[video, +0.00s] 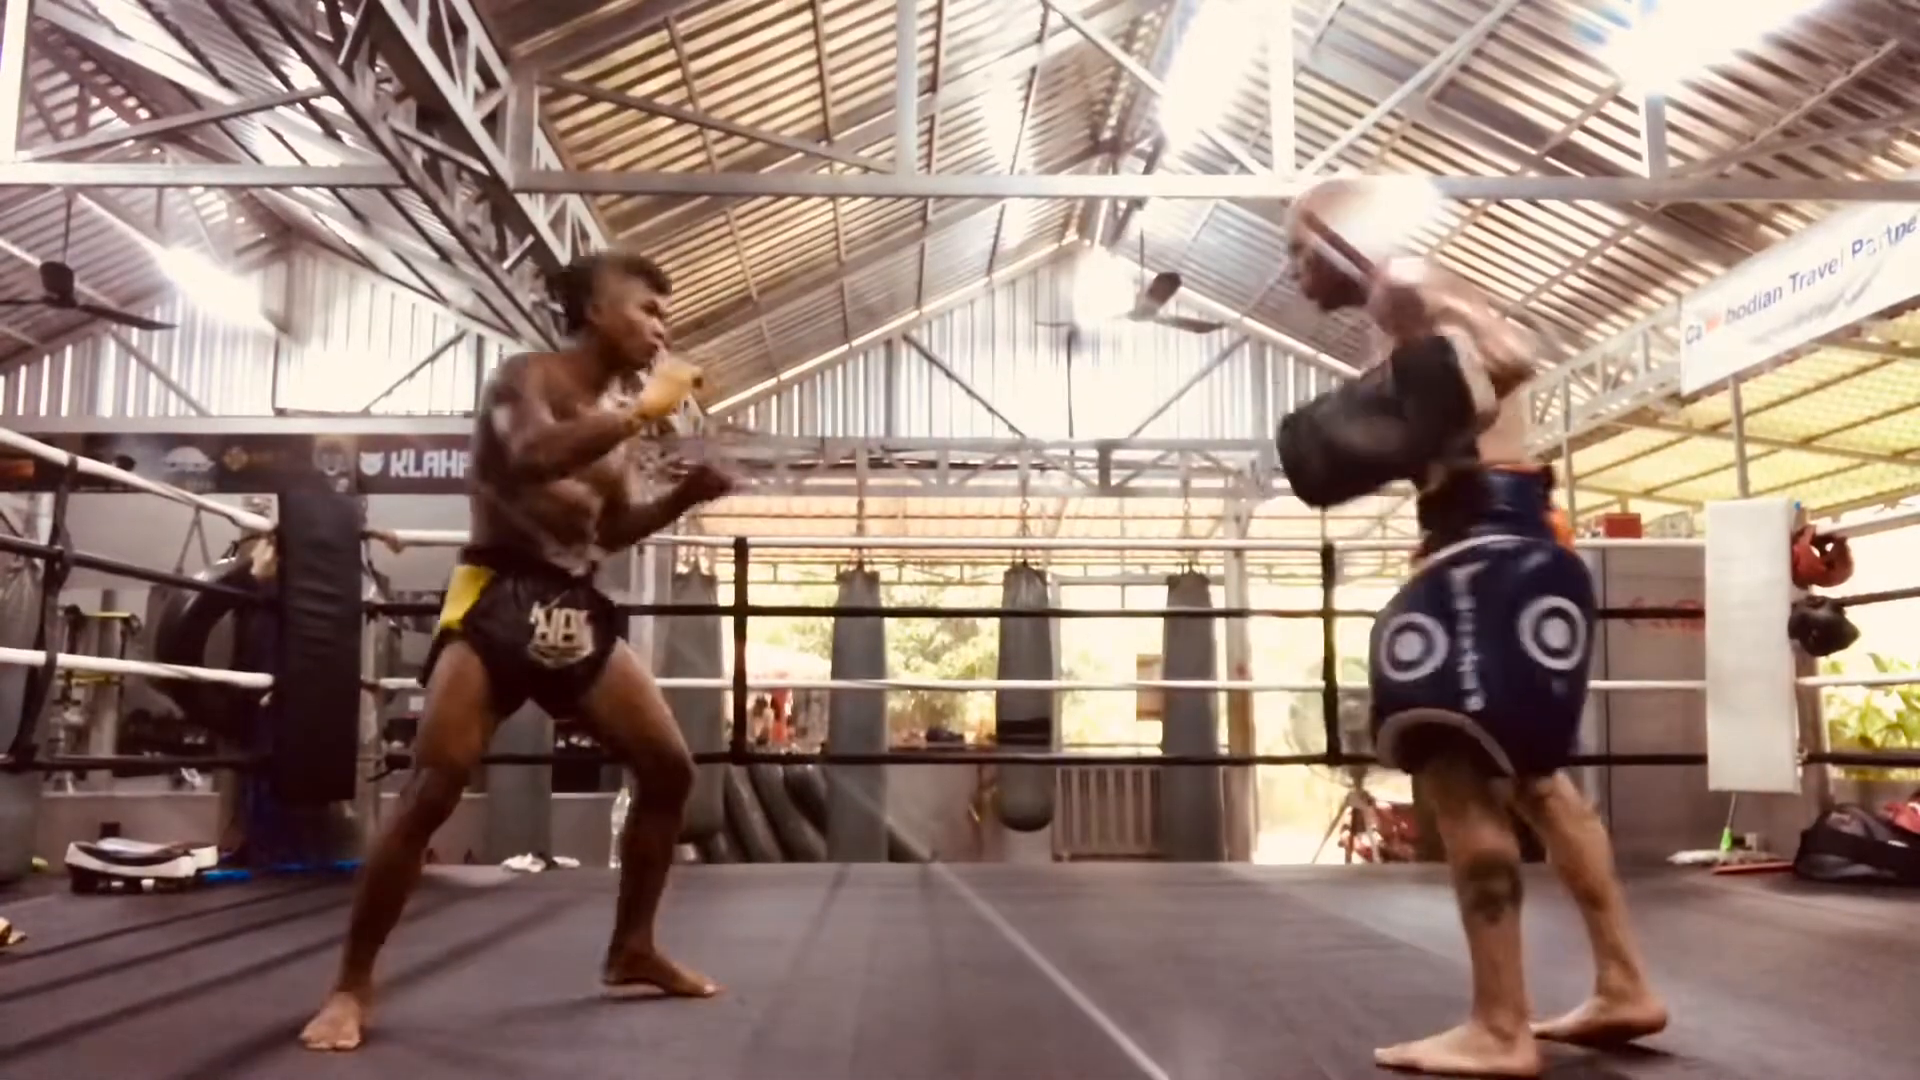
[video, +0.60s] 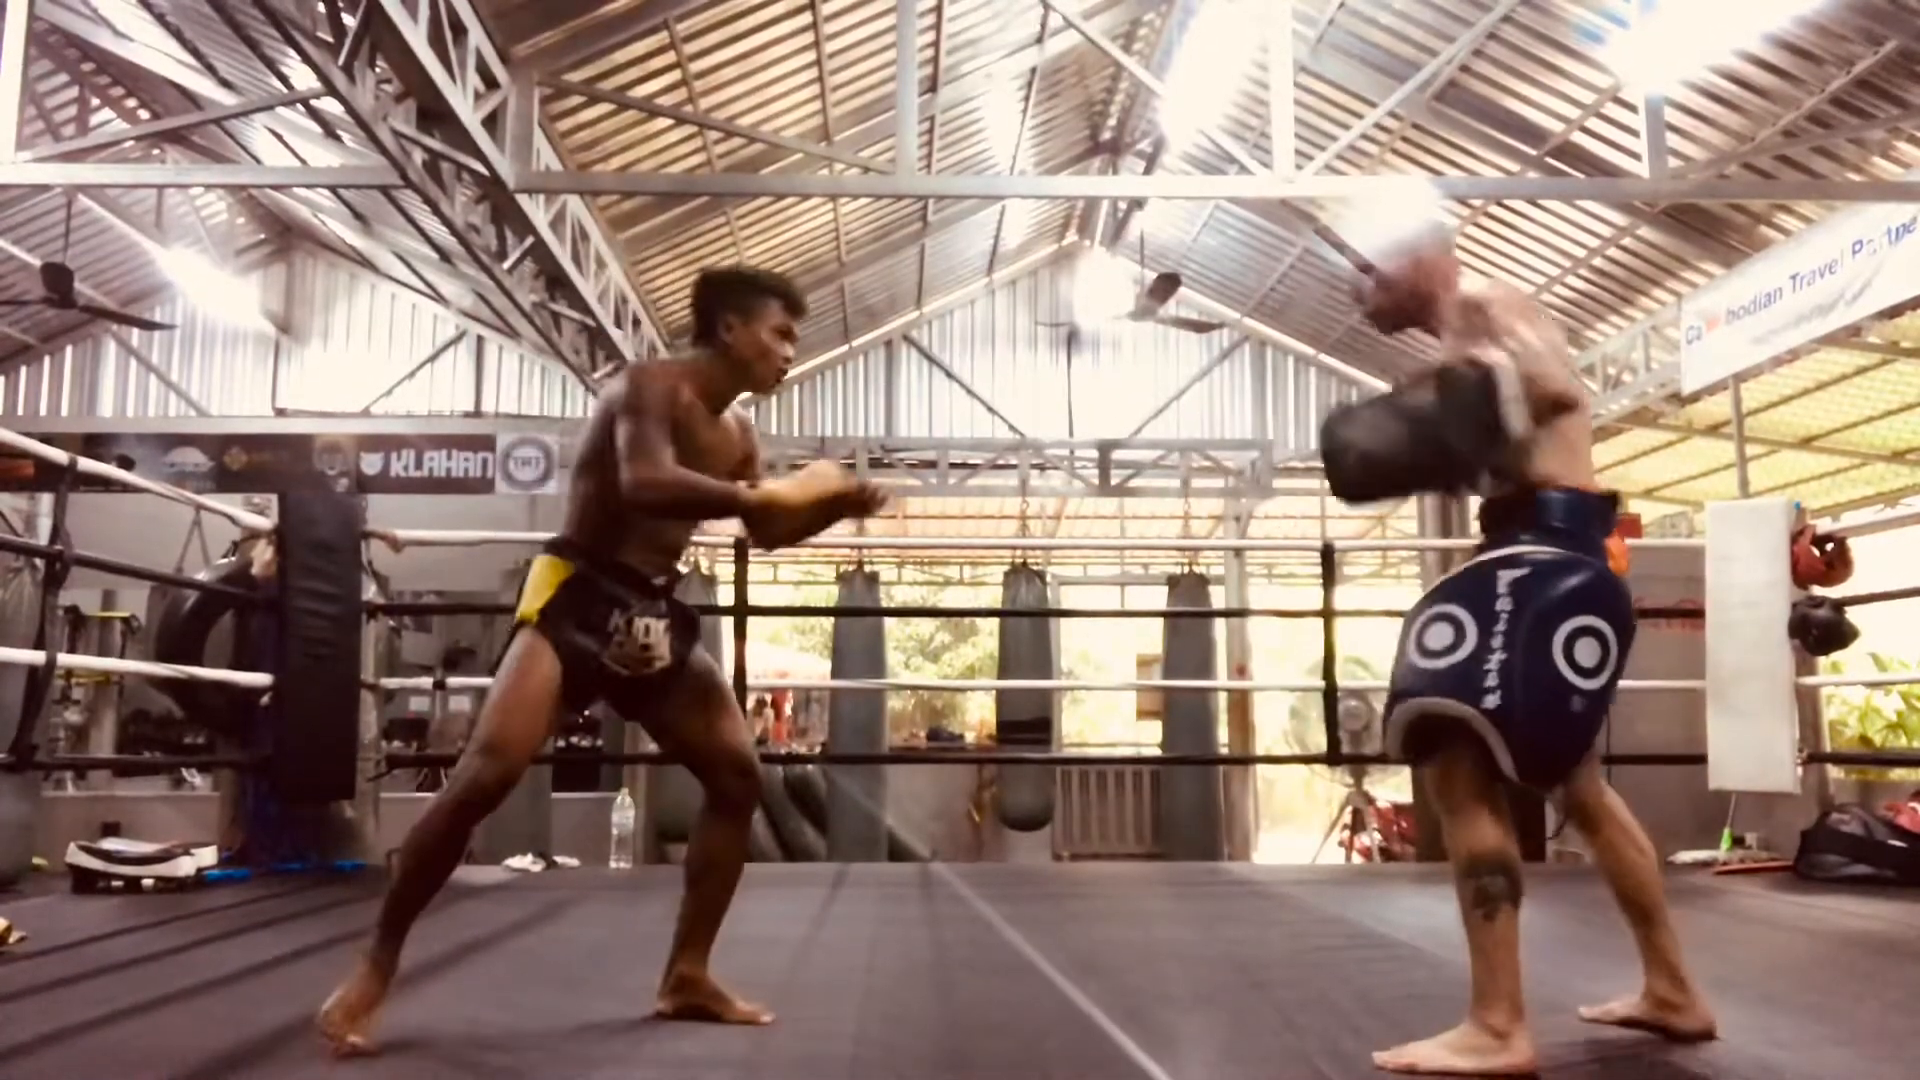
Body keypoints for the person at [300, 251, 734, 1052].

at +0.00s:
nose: (660, 321)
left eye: (661, 308)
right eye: (645, 304)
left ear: (642, 326)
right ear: (590, 309)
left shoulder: (619, 416)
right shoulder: (525, 375)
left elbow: (612, 531)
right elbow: (523, 458)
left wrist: (683, 497)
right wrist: (635, 413)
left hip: (579, 609)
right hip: (496, 597)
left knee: (669, 768)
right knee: (433, 791)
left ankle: (633, 950)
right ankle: (350, 989)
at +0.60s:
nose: (789, 354)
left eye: (792, 339)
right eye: (780, 334)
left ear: (745, 337)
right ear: (728, 327)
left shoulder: (738, 438)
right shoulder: (650, 384)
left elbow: (766, 529)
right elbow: (644, 482)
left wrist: (834, 504)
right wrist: (757, 497)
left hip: (654, 614)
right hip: (576, 592)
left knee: (738, 779)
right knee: (484, 776)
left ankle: (689, 975)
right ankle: (377, 966)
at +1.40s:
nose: (695, 266)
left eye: (695, 251)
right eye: (681, 246)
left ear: (634, 255)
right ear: (619, 247)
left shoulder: (637, 353)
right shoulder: (581, 319)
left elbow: (654, 489)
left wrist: (677, 508)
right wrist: (758, 352)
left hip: (605, 589)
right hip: (527, 579)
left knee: (725, 761)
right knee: (459, 799)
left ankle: (650, 988)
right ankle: (346, 1006)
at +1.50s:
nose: (710, 264)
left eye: (709, 250)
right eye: (696, 247)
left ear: (652, 254)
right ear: (643, 250)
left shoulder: (649, 337)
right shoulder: (618, 310)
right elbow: (756, 355)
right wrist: (765, 313)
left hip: (662, 576)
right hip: (599, 564)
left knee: (740, 792)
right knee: (594, 780)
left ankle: (638, 1008)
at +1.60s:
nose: (702, 267)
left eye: (704, 253)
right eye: (691, 249)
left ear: (627, 248)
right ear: (640, 238)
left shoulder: (595, 343)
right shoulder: (634, 292)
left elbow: (520, 457)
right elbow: (760, 335)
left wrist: (556, 527)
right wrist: (889, 333)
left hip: (639, 543)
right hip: (674, 514)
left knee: (703, 790)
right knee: (823, 578)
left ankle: (636, 1010)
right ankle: (761, 726)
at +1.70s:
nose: (703, 268)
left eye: (704, 254)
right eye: (695, 248)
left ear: (613, 250)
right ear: (643, 239)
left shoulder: (566, 378)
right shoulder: (646, 300)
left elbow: (560, 459)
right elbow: (745, 334)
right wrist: (890, 326)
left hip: (679, 562)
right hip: (729, 485)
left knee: (695, 791)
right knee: (935, 416)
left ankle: (637, 1013)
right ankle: (957, 440)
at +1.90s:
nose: (756, 241)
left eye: (758, 227)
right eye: (746, 222)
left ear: (690, 221)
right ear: (696, 214)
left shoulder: (697, 333)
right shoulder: (650, 270)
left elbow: (781, 423)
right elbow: (694, 294)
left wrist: (809, 319)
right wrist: (843, 261)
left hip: (683, 553)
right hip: (724, 489)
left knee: (690, 790)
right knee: (944, 409)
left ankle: (630, 1010)